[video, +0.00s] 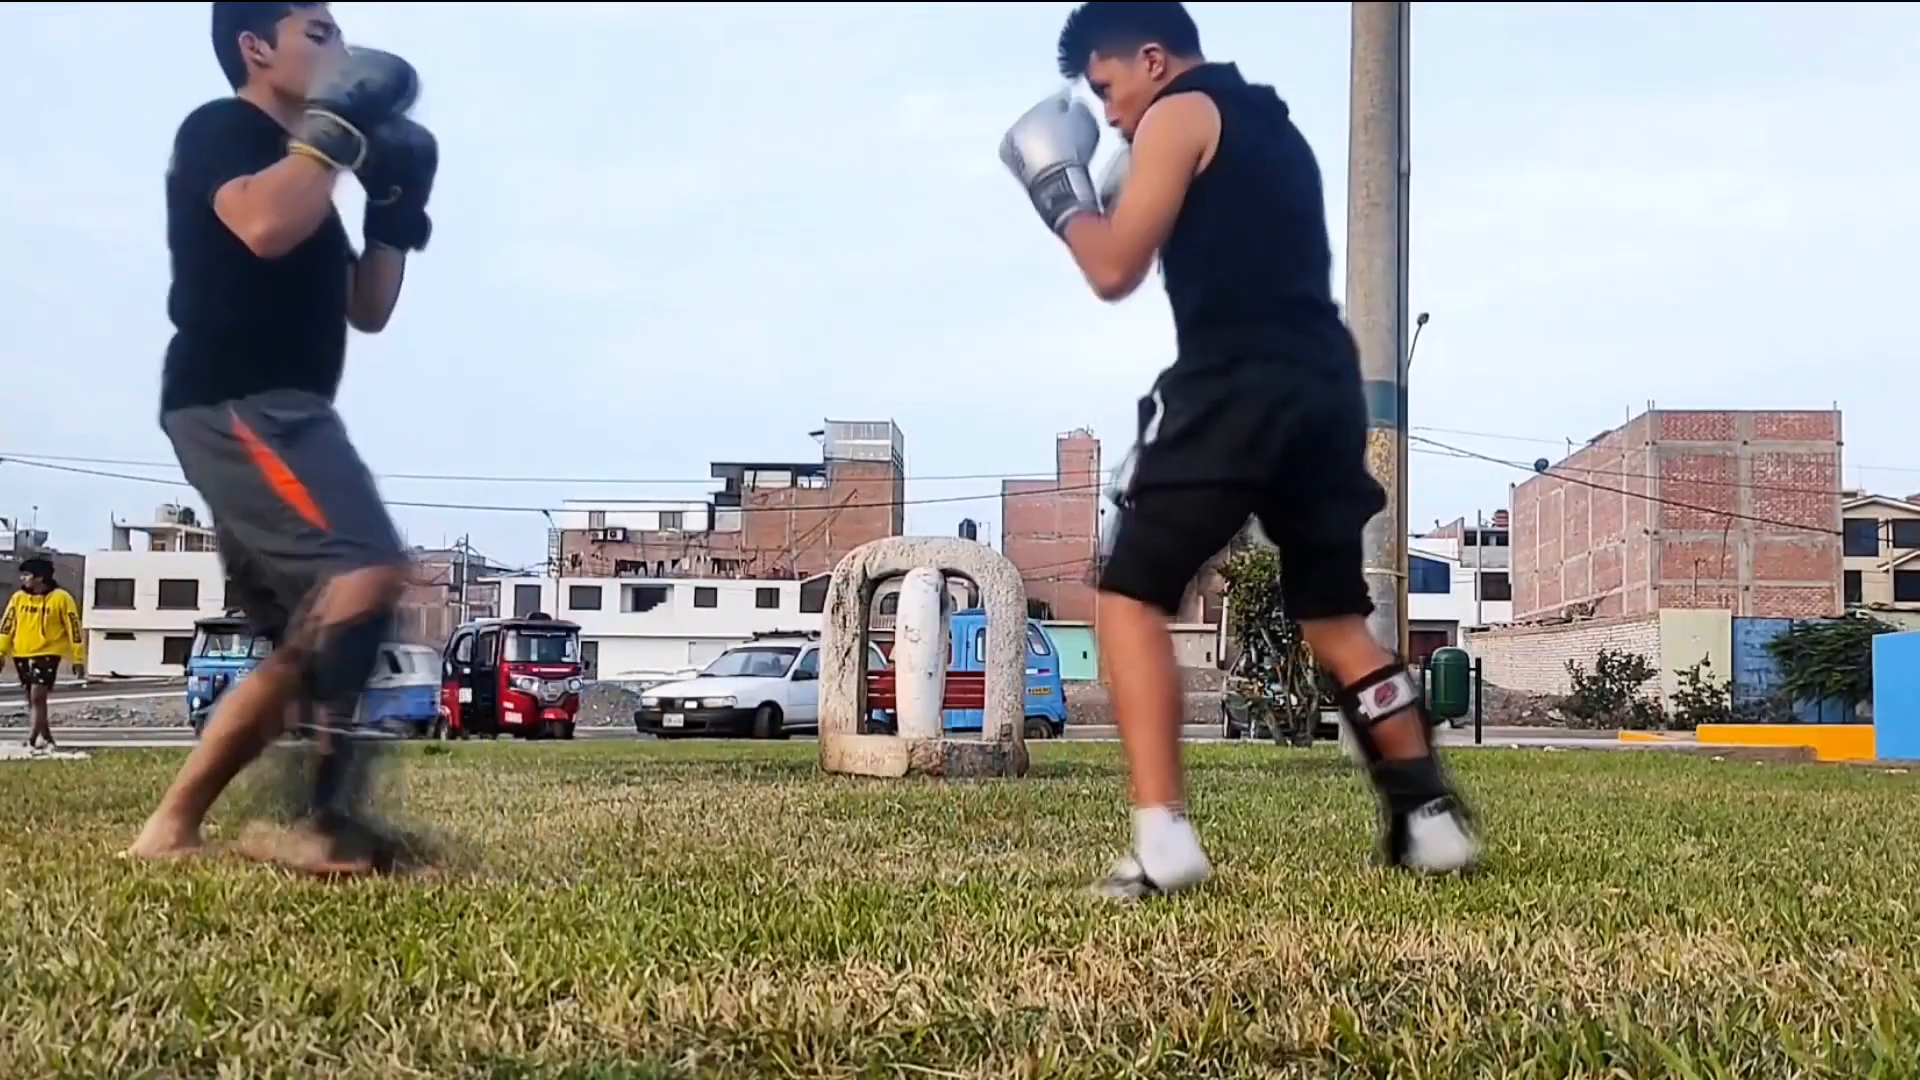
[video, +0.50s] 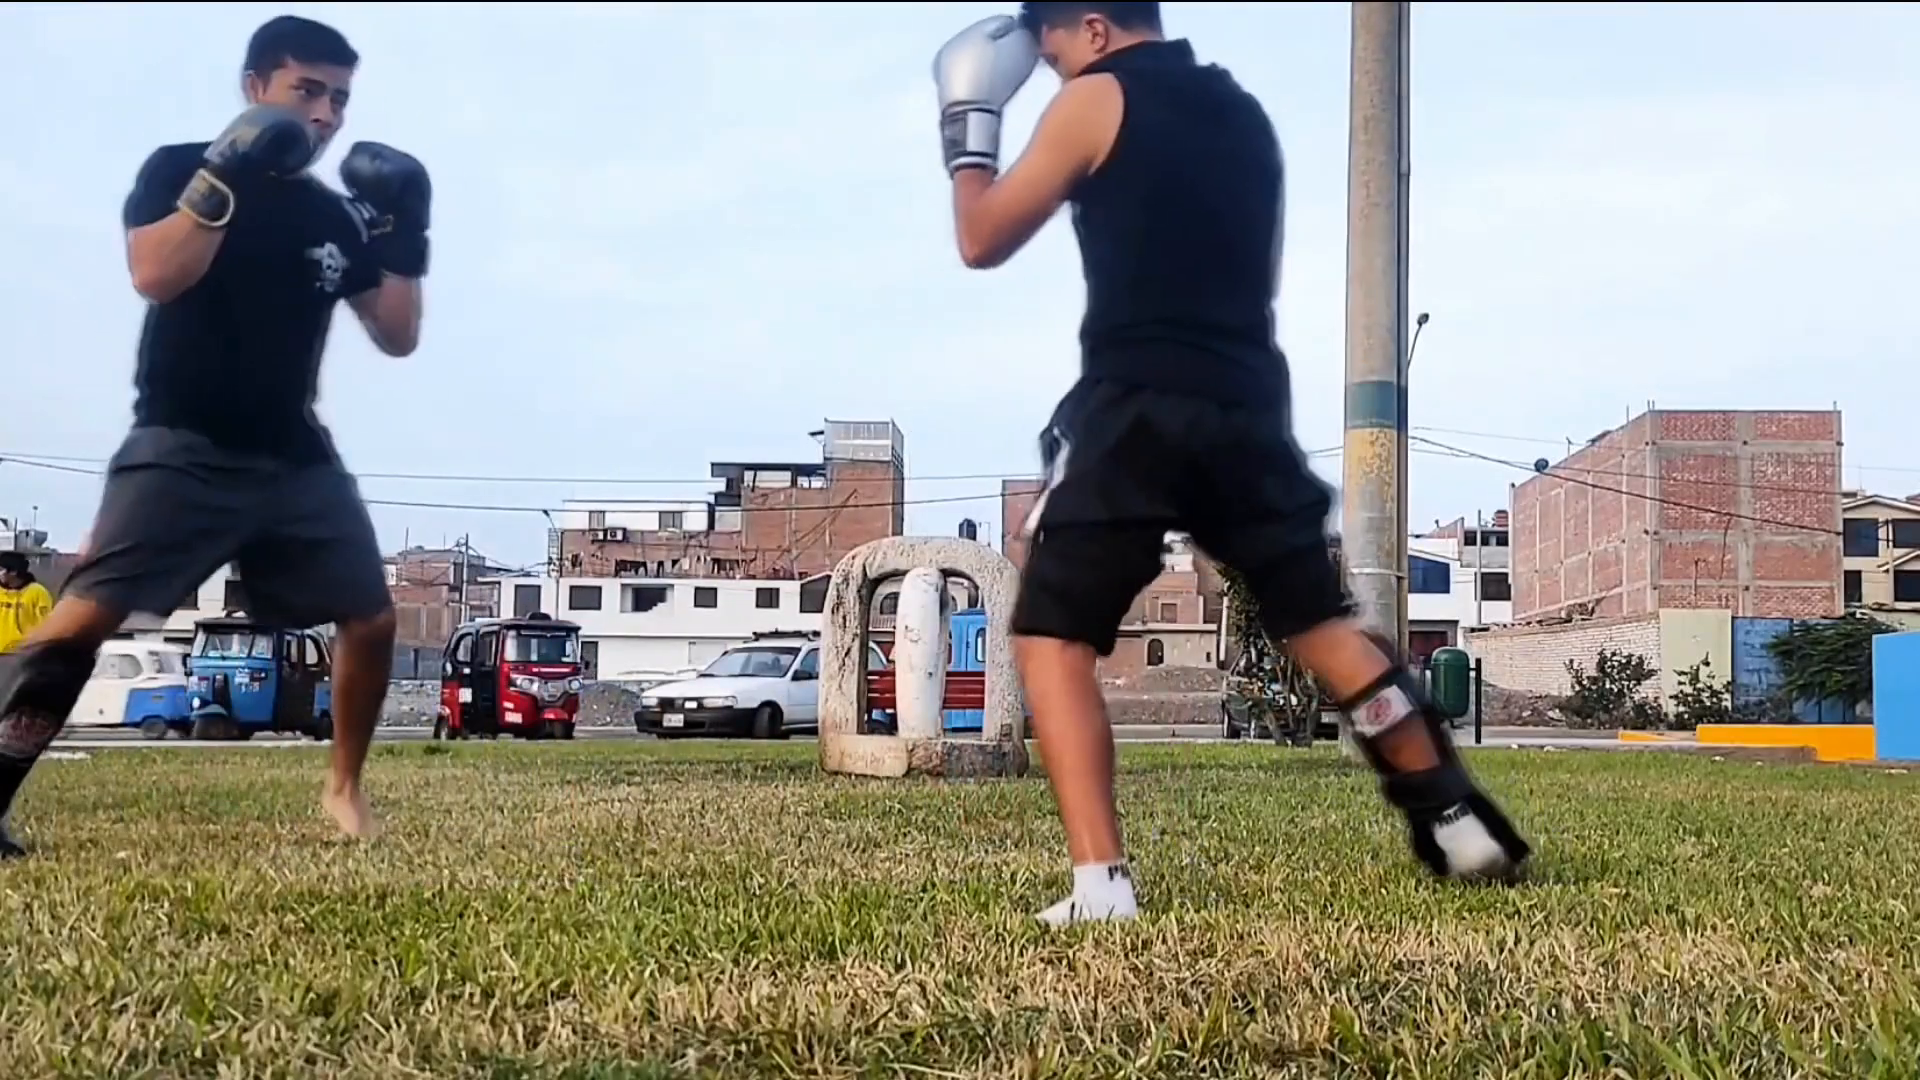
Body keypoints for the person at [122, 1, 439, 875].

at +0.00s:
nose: (339, 53)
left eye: (337, 37)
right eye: (317, 34)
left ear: (279, 54)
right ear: (255, 50)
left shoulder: (308, 160)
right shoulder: (219, 127)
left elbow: (369, 307)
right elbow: (265, 223)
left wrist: (395, 203)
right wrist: (338, 117)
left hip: (284, 403)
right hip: (239, 400)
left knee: (308, 642)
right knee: (363, 569)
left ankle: (170, 828)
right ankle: (325, 820)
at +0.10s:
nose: (311, 22)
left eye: (314, 11)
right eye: (291, 8)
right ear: (234, 21)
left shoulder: (302, 154)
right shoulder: (195, 97)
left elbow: (361, 284)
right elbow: (236, 193)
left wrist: (381, 178)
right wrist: (299, 84)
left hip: (282, 386)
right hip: (214, 372)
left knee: (287, 597)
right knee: (277, 570)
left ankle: (177, 803)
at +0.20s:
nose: (296, 20)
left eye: (300, 10)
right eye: (281, 5)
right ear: (223, 11)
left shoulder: (290, 147)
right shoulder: (174, 82)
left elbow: (343, 277)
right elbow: (203, 190)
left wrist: (366, 172)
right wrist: (270, 80)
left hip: (278, 399)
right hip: (189, 378)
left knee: (319, 584)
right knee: (160, 580)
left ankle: (209, 784)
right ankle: (24, 748)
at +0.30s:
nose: (285, 51)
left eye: (295, 36)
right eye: (269, 32)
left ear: (305, 55)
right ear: (208, 45)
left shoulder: (281, 179)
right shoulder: (148, 124)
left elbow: (342, 306)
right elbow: (167, 229)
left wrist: (354, 195)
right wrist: (240, 118)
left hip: (262, 433)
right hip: (150, 427)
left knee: (352, 585)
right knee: (80, 615)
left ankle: (231, 766)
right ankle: (1, 797)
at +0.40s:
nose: (293, 100)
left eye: (303, 87)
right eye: (275, 81)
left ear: (308, 103)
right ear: (215, 81)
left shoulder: (293, 216)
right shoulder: (143, 165)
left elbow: (353, 340)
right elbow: (136, 272)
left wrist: (366, 234)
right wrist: (211, 167)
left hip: (260, 460)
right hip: (144, 452)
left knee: (363, 602)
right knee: (85, 635)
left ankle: (307, 761)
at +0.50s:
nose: (324, 110)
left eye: (337, 97)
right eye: (309, 90)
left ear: (345, 107)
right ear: (256, 87)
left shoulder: (340, 215)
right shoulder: (181, 169)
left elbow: (398, 335)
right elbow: (155, 275)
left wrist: (405, 229)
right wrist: (222, 175)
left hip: (296, 455)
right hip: (181, 444)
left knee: (371, 617)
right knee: (85, 614)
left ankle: (345, 789)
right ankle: (0, 800)